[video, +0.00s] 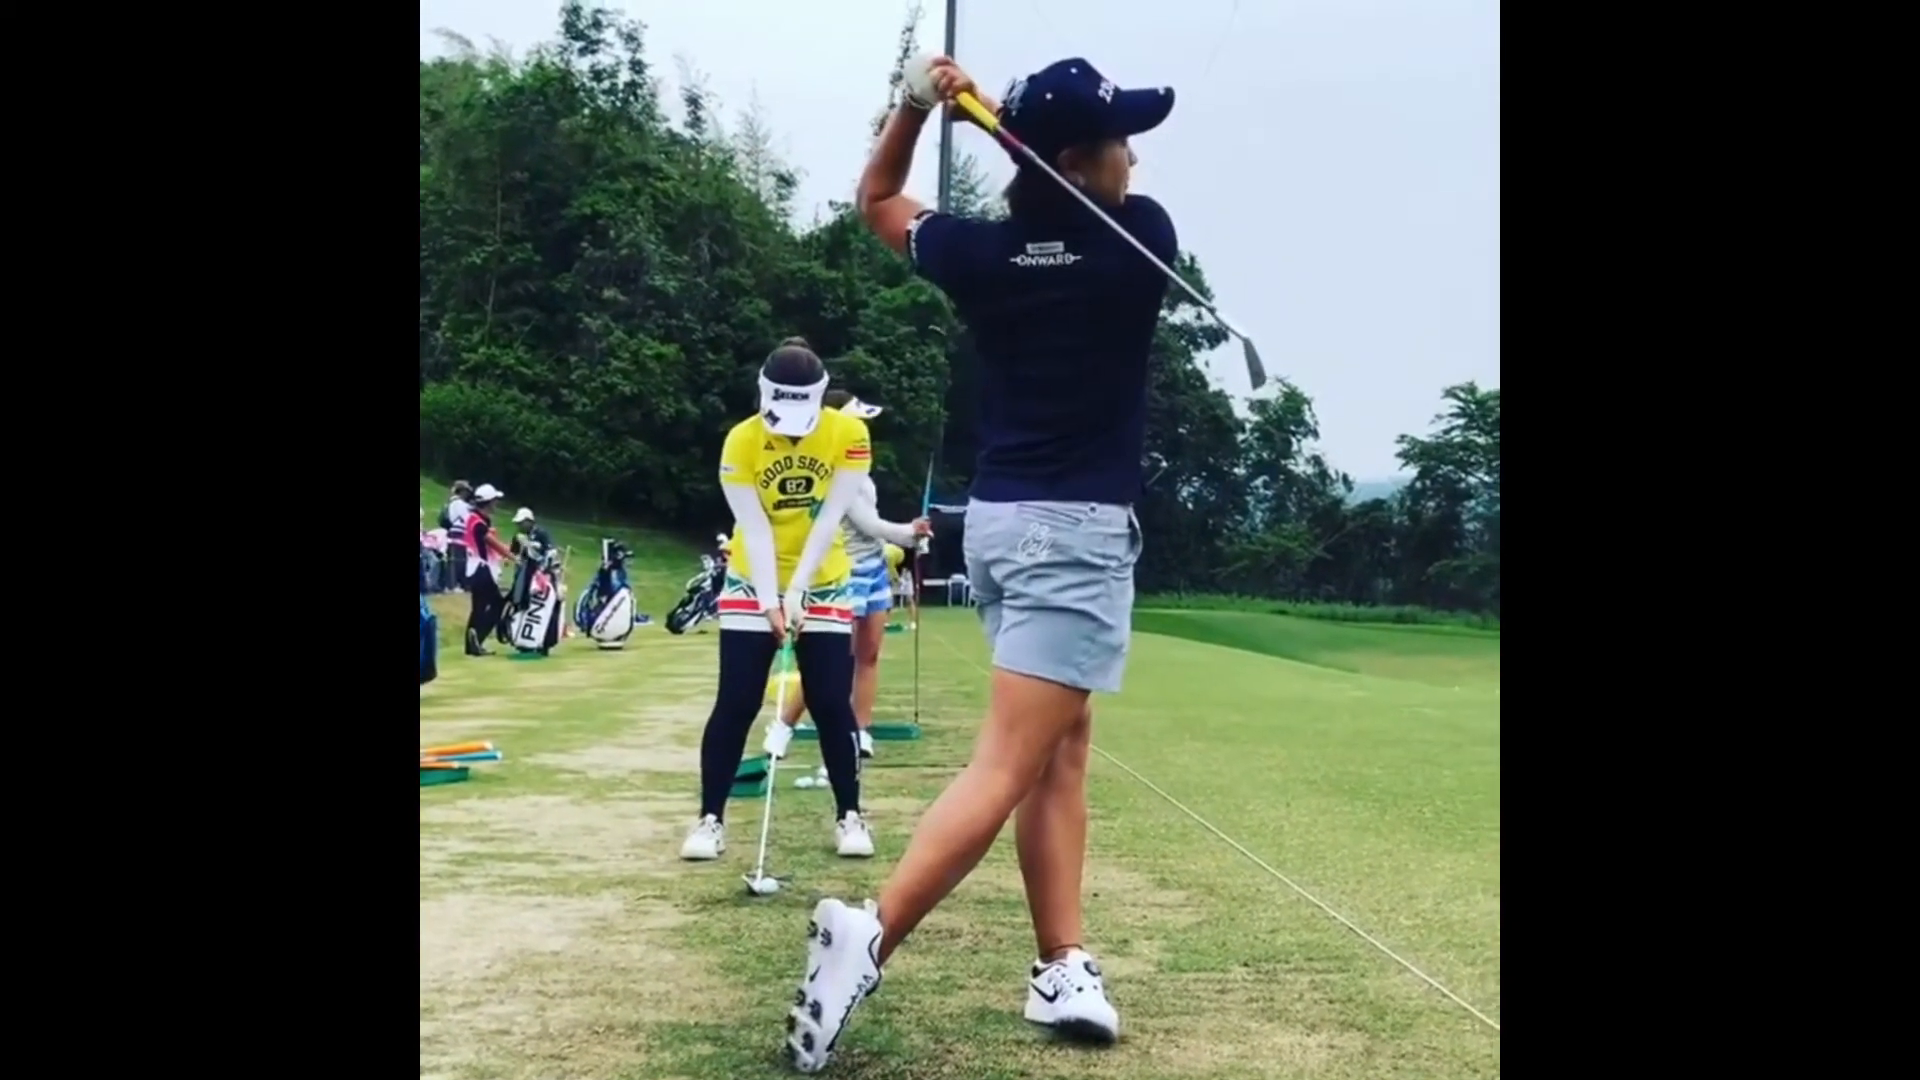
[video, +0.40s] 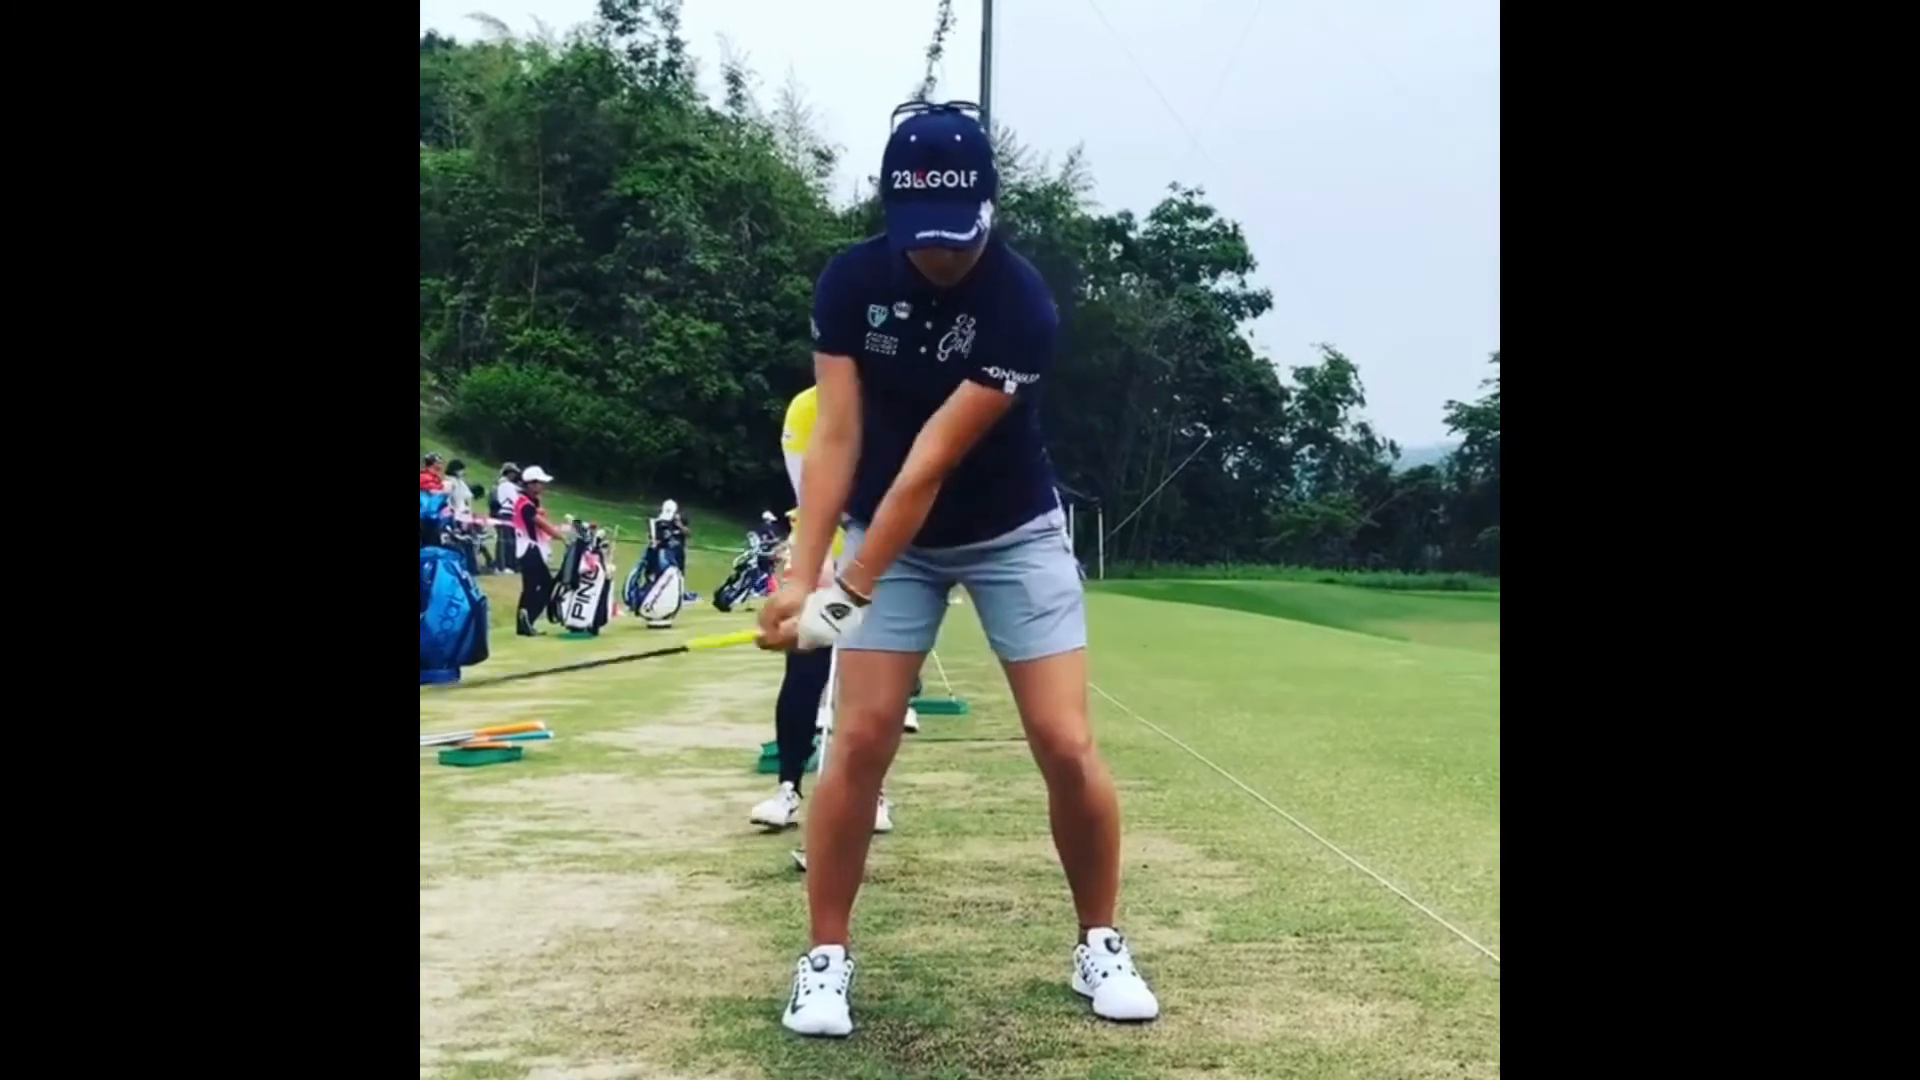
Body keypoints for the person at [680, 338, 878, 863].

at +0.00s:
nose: (788, 423)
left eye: (799, 413)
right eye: (779, 412)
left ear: (819, 396)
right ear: (764, 395)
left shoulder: (849, 433)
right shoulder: (740, 443)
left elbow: (833, 513)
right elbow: (754, 529)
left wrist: (797, 587)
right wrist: (768, 597)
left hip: (823, 585)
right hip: (751, 582)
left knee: (831, 702)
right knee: (736, 701)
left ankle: (850, 816)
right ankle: (710, 819)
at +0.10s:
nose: (789, 423)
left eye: (800, 412)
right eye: (780, 411)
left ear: (819, 397)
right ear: (765, 397)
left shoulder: (849, 435)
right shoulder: (741, 445)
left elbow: (833, 515)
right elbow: (755, 530)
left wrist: (798, 588)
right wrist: (770, 599)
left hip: (823, 586)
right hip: (751, 584)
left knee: (831, 703)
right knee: (735, 702)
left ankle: (849, 816)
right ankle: (709, 820)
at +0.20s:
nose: (848, 358)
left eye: (859, 349)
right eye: (840, 347)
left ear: (881, 347)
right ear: (830, 347)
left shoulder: (895, 401)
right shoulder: (809, 402)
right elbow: (809, 496)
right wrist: (830, 559)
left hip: (873, 564)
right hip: (813, 563)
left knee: (872, 691)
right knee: (816, 680)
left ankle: (867, 785)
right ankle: (810, 787)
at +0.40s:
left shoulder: (898, 409)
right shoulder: (806, 409)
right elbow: (809, 501)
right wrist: (818, 563)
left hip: (884, 547)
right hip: (825, 549)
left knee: (876, 681)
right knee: (805, 667)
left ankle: (871, 786)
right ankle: (789, 786)